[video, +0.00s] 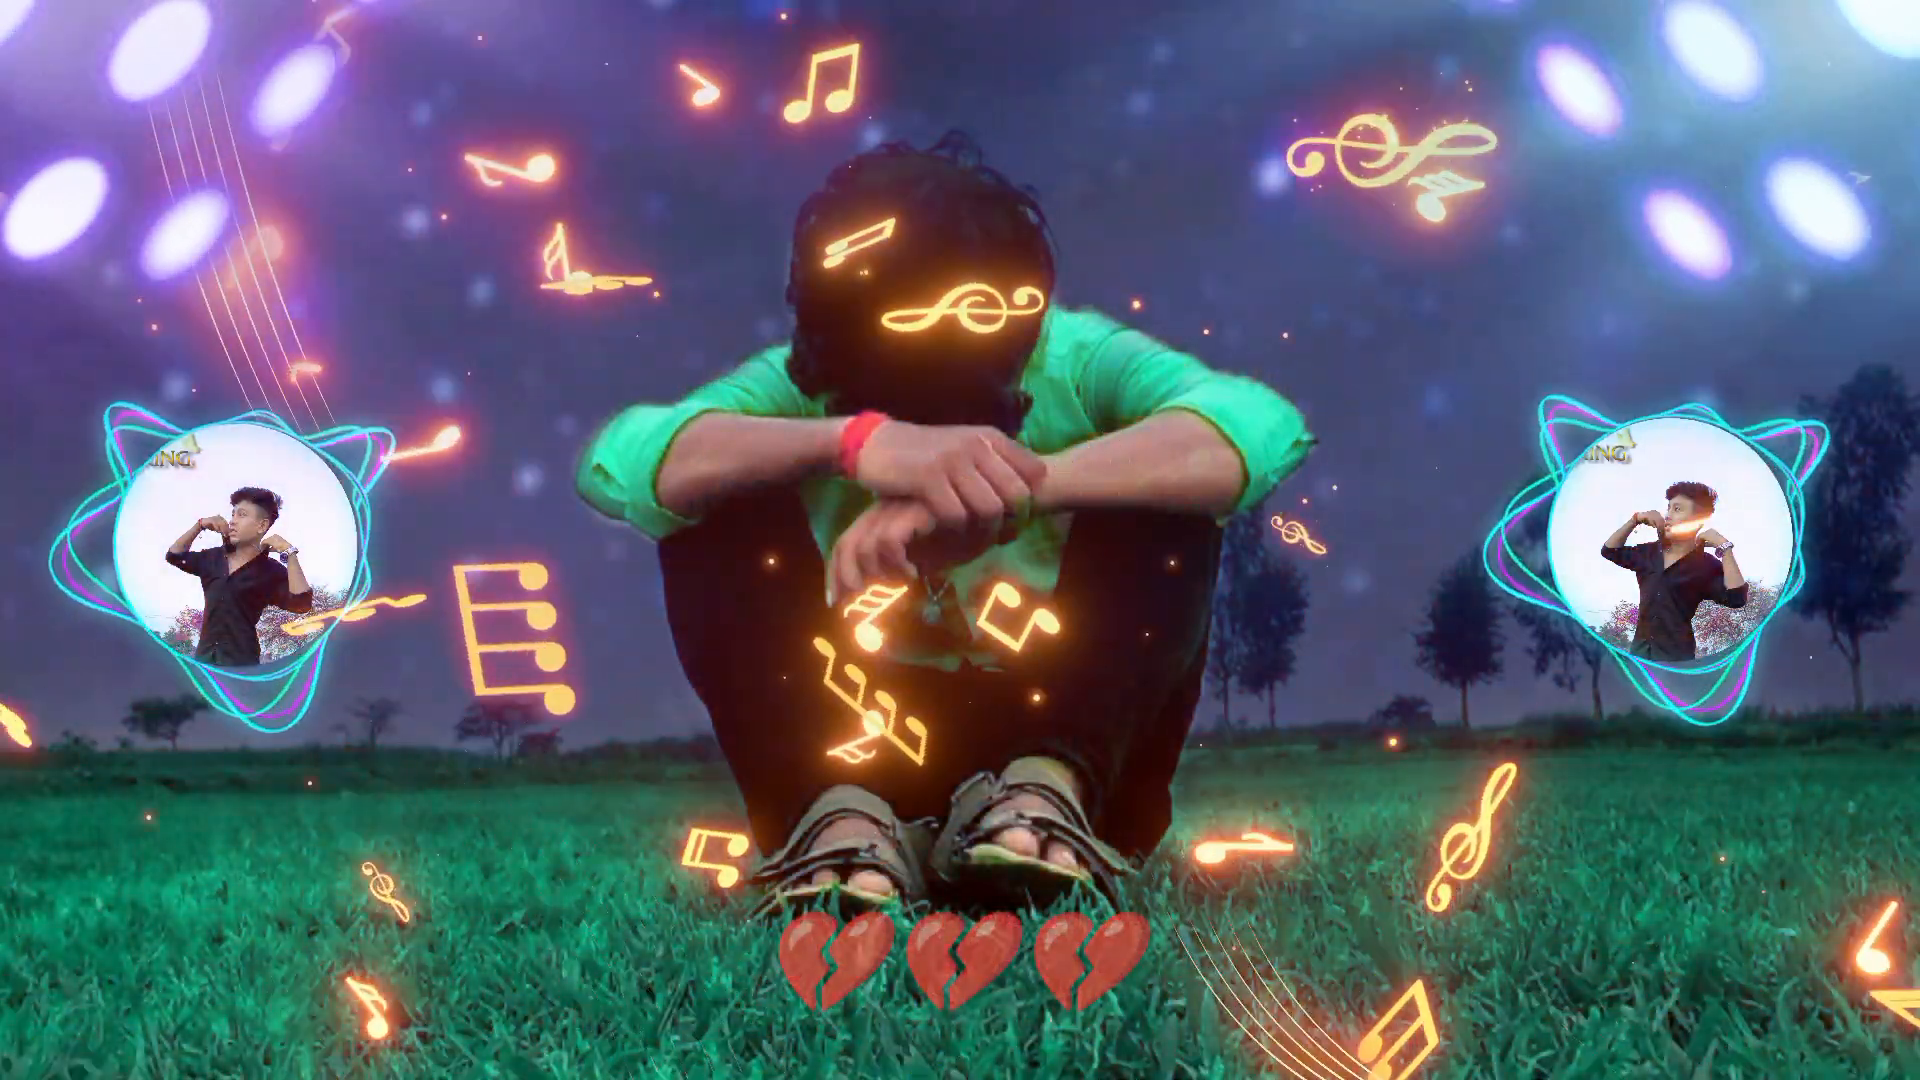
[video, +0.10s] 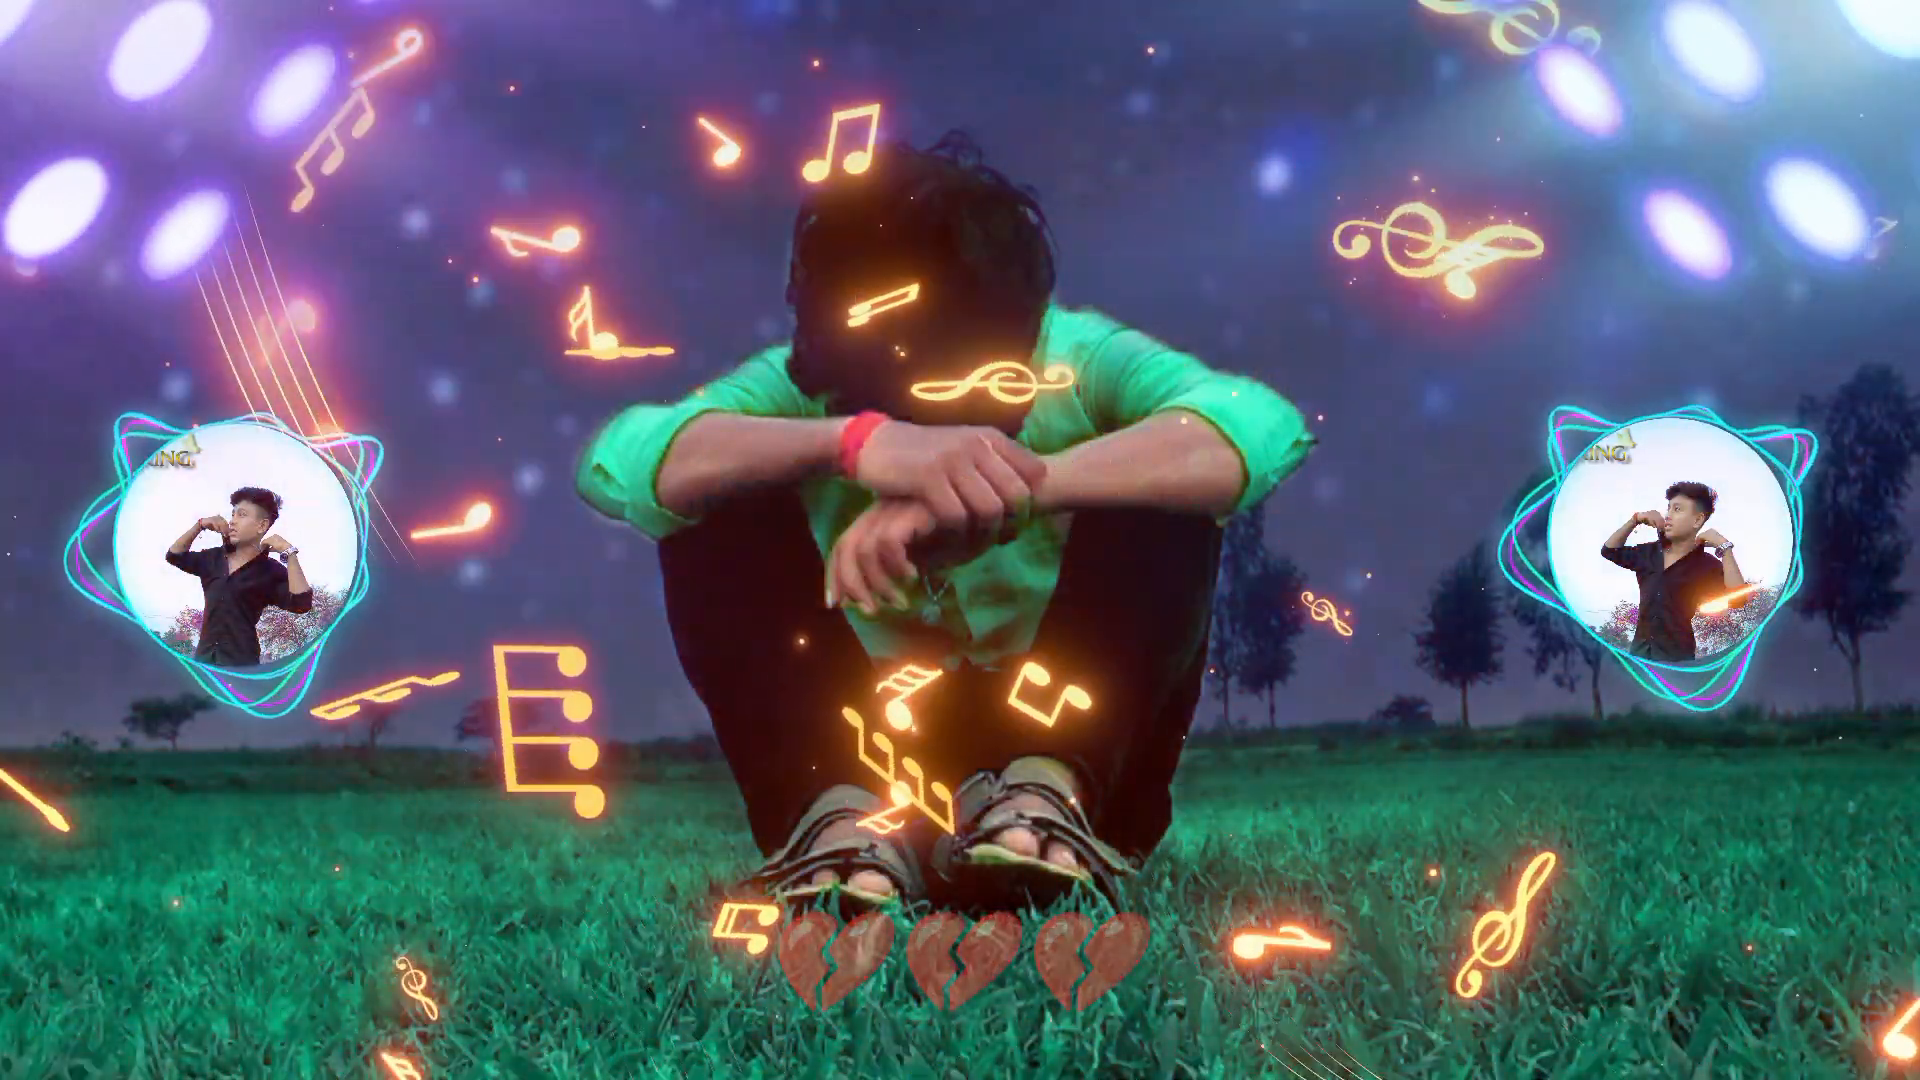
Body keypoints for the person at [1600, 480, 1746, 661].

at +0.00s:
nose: (1667, 515)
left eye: (1677, 509)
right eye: (1668, 508)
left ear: (1698, 519)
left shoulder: (1705, 565)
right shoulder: (1648, 553)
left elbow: (1737, 600)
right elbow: (1609, 551)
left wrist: (1724, 547)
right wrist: (1634, 521)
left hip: (1677, 660)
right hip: (1639, 655)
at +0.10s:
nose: (1667, 516)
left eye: (1677, 509)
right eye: (1669, 508)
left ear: (1698, 520)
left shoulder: (1706, 565)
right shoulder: (1648, 553)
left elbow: (1738, 599)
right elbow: (1609, 551)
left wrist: (1725, 547)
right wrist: (1633, 521)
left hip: (1678, 659)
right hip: (1639, 654)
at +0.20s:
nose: (1667, 515)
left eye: (1677, 509)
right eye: (1669, 509)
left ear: (1699, 519)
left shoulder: (1706, 565)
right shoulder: (1648, 553)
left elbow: (1737, 600)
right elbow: (1609, 551)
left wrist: (1725, 548)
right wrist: (1634, 521)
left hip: (1677, 658)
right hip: (1639, 653)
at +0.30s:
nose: (1667, 515)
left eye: (1677, 509)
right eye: (1669, 509)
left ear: (1699, 519)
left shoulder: (1705, 565)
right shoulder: (1648, 553)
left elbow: (1737, 600)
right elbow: (1609, 551)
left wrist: (1725, 548)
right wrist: (1634, 521)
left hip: (1677, 658)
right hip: (1640, 654)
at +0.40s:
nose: (1668, 516)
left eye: (1677, 509)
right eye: (1669, 508)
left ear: (1699, 519)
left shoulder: (1706, 566)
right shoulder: (1648, 553)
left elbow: (1737, 600)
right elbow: (1608, 551)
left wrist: (1725, 548)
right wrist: (1634, 520)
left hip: (1677, 655)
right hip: (1640, 651)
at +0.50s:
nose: (1667, 515)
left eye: (1677, 509)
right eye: (1669, 508)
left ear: (1698, 520)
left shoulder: (1706, 565)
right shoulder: (1648, 553)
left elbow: (1737, 600)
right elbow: (1610, 551)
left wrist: (1725, 547)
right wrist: (1634, 521)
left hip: (1677, 660)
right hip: (1639, 655)